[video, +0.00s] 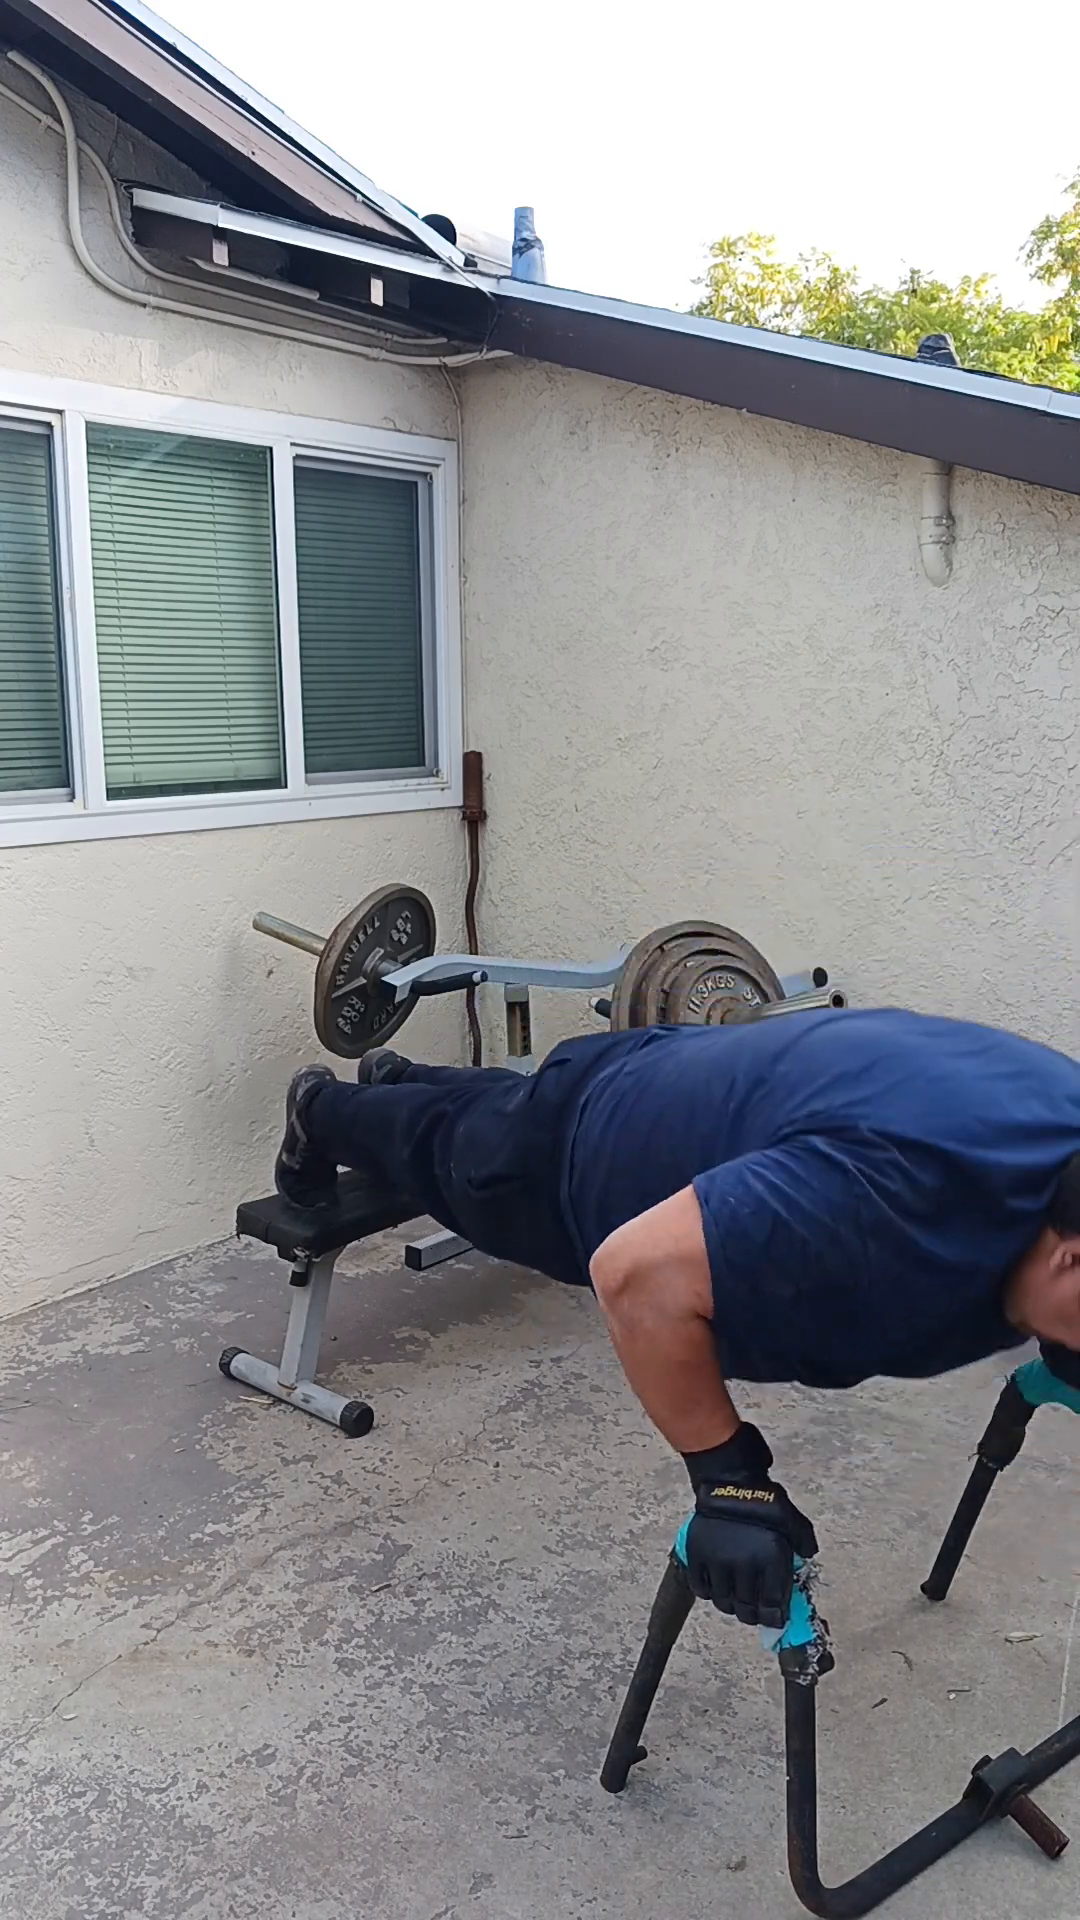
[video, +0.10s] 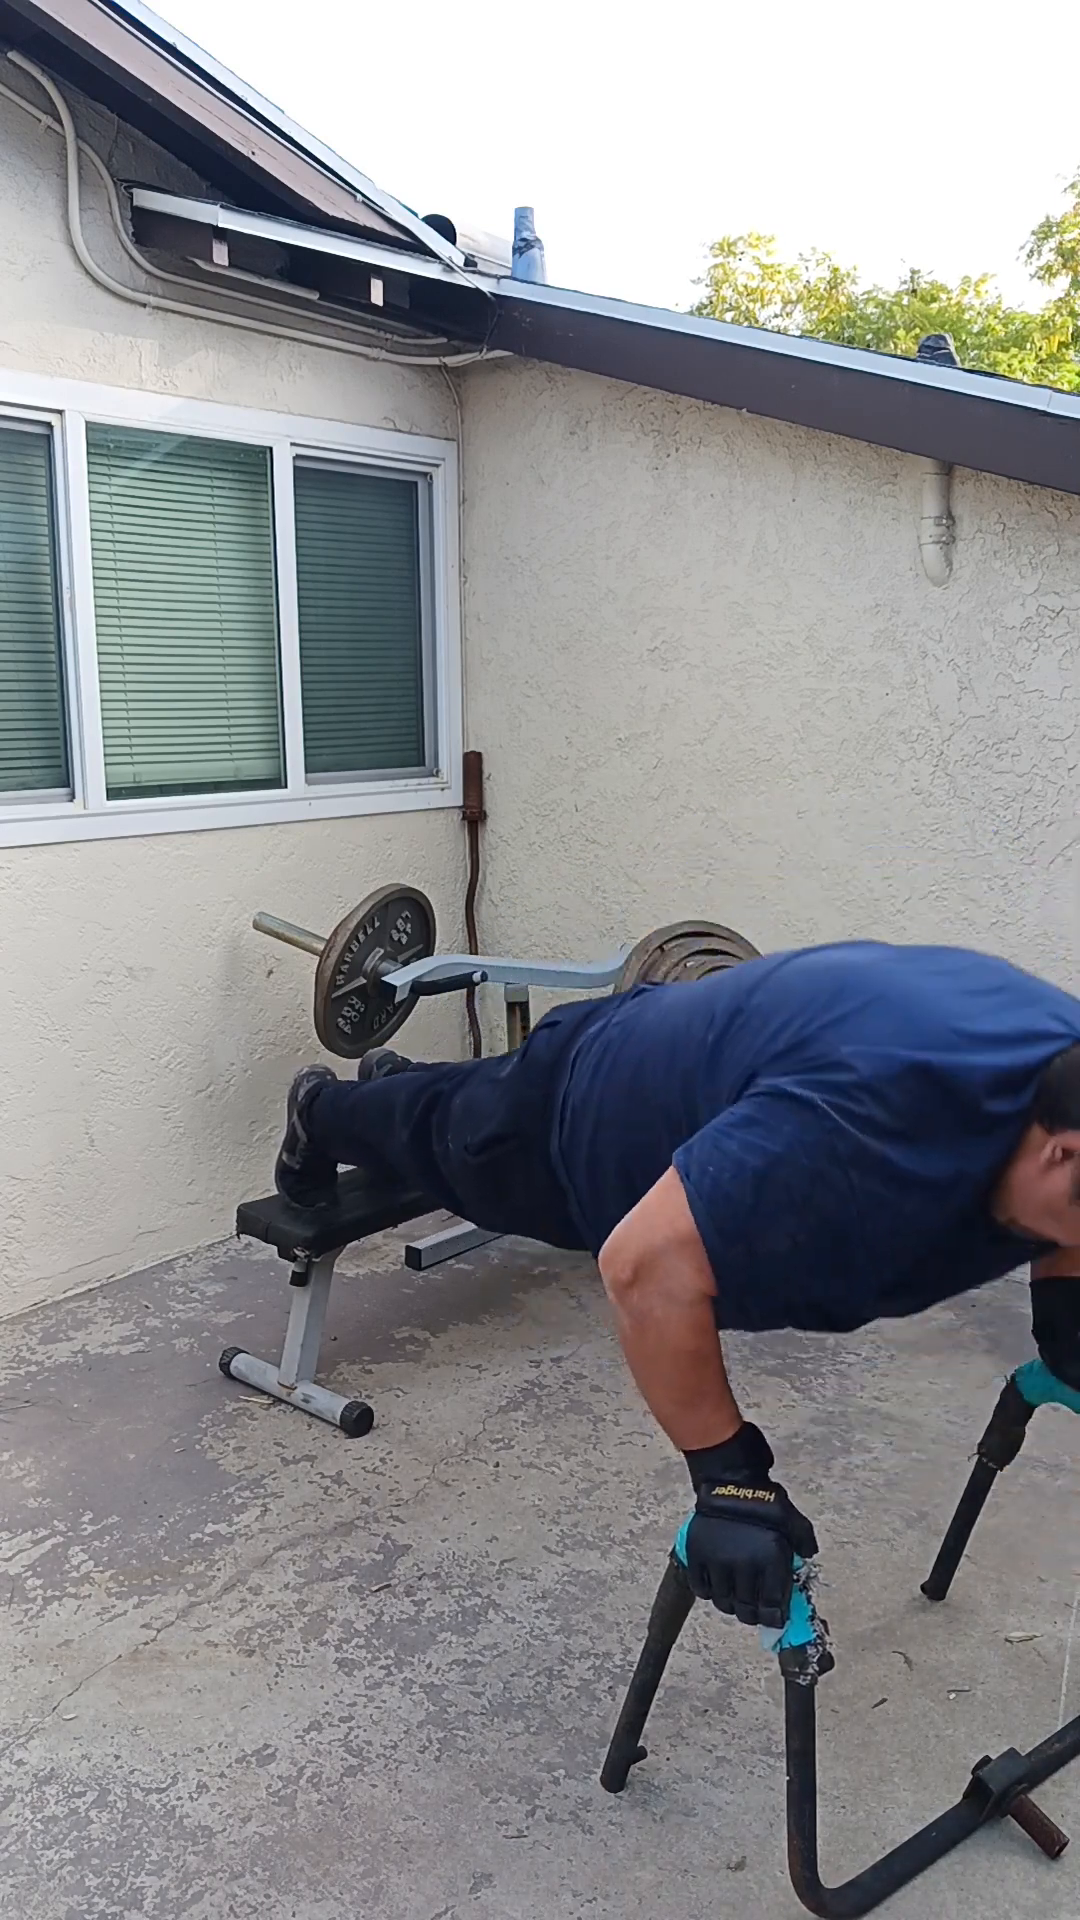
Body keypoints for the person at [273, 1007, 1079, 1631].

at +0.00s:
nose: (1058, 1351)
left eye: (1067, 1349)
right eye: (1073, 1337)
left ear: (1071, 1246)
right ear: (1066, 1261)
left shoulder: (1070, 1128)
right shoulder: (895, 1201)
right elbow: (637, 1279)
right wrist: (731, 1480)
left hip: (719, 1059)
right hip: (602, 1136)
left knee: (531, 1102)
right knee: (452, 1132)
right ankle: (323, 1112)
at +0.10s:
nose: (1060, 1237)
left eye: (1072, 1222)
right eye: (1074, 1216)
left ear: (1063, 1152)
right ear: (1057, 1158)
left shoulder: (1064, 1069)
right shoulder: (855, 1128)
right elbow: (644, 1269)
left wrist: (1057, 1312)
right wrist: (730, 1476)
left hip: (738, 1016)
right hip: (609, 1089)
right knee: (450, 1123)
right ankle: (323, 1113)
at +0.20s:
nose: (1055, 1151)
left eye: (1072, 1142)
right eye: (1062, 1125)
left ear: (1056, 1050)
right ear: (1041, 1055)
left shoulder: (1044, 990)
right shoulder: (839, 1060)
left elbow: (1055, 1162)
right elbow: (673, 1251)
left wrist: (1059, 1315)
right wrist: (733, 1480)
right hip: (595, 1070)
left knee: (505, 1108)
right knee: (440, 1110)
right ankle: (318, 1107)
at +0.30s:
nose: (1065, 1075)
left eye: (1076, 1060)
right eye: (1066, 1050)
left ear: (1042, 970)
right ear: (1027, 978)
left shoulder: (1037, 972)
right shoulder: (824, 998)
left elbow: (1047, 1154)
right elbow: (713, 1231)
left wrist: (1059, 1321)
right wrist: (737, 1479)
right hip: (601, 1032)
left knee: (520, 1122)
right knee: (446, 1094)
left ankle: (415, 1146)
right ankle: (320, 1119)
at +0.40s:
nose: (1053, 1032)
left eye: (1070, 1019)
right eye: (1057, 1005)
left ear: (1031, 929)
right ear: (1019, 929)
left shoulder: (1023, 965)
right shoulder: (824, 977)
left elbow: (1036, 1147)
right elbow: (742, 1227)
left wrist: (1057, 1321)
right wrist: (740, 1474)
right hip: (597, 1012)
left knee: (516, 1113)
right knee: (439, 1087)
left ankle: (407, 1139)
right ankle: (319, 1114)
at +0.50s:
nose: (1054, 1029)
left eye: (1072, 1015)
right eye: (1057, 1000)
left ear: (1023, 924)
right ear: (1013, 926)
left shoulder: (1023, 965)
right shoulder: (819, 978)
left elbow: (1036, 1147)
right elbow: (737, 1225)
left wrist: (1057, 1320)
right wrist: (740, 1473)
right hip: (594, 1008)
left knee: (509, 1106)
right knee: (437, 1080)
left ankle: (404, 1134)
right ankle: (320, 1113)